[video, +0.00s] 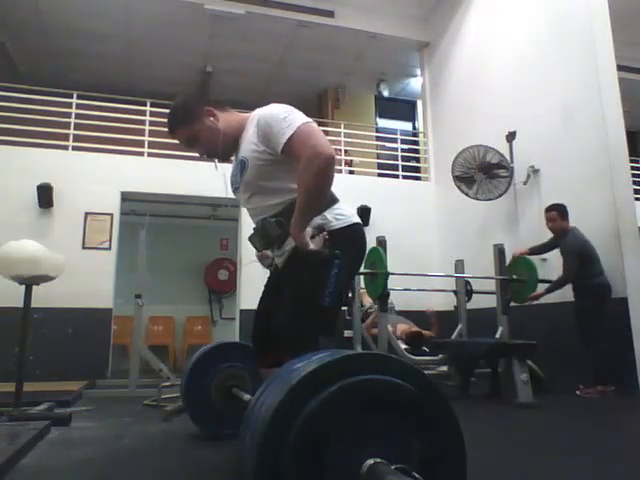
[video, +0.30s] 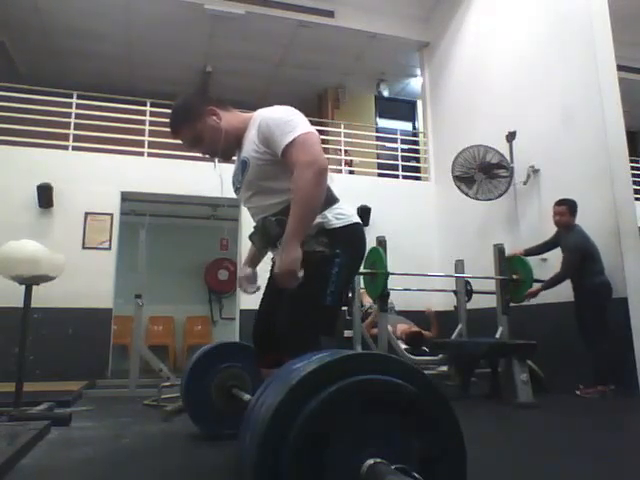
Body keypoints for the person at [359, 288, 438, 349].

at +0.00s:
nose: (411, 327)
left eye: (410, 330)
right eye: (414, 329)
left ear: (404, 339)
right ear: (420, 332)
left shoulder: (389, 333)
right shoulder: (423, 335)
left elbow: (367, 329)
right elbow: (434, 334)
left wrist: (376, 313)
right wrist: (433, 317)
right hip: (392, 314)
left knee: (364, 293)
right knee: (384, 297)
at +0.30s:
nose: (411, 326)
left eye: (409, 329)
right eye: (414, 328)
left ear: (403, 338)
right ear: (420, 332)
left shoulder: (387, 333)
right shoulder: (423, 335)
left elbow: (366, 330)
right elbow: (434, 334)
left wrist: (373, 316)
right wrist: (432, 317)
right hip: (393, 315)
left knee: (364, 294)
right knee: (384, 298)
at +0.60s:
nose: (412, 327)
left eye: (409, 331)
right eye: (415, 330)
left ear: (402, 337)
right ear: (419, 331)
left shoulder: (388, 332)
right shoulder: (422, 334)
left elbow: (365, 326)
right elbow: (433, 332)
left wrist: (374, 308)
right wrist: (432, 313)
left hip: (377, 316)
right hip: (392, 315)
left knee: (363, 293)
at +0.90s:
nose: (413, 327)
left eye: (410, 331)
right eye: (416, 331)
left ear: (402, 337)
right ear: (419, 332)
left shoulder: (388, 333)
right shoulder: (421, 334)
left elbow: (365, 328)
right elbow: (433, 333)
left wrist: (372, 310)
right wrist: (429, 314)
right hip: (393, 316)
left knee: (363, 293)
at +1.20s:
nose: (407, 327)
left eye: (406, 330)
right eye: (411, 328)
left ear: (401, 337)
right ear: (416, 328)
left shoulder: (387, 331)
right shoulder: (419, 333)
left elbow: (366, 323)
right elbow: (429, 327)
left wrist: (371, 306)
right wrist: (428, 309)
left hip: (378, 316)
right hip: (392, 314)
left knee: (365, 294)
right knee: (384, 297)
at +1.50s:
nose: (413, 326)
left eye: (412, 329)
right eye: (415, 329)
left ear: (403, 336)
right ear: (418, 331)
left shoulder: (389, 331)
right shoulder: (421, 332)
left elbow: (366, 318)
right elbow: (426, 320)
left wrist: (370, 303)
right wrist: (425, 303)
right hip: (392, 316)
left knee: (365, 294)